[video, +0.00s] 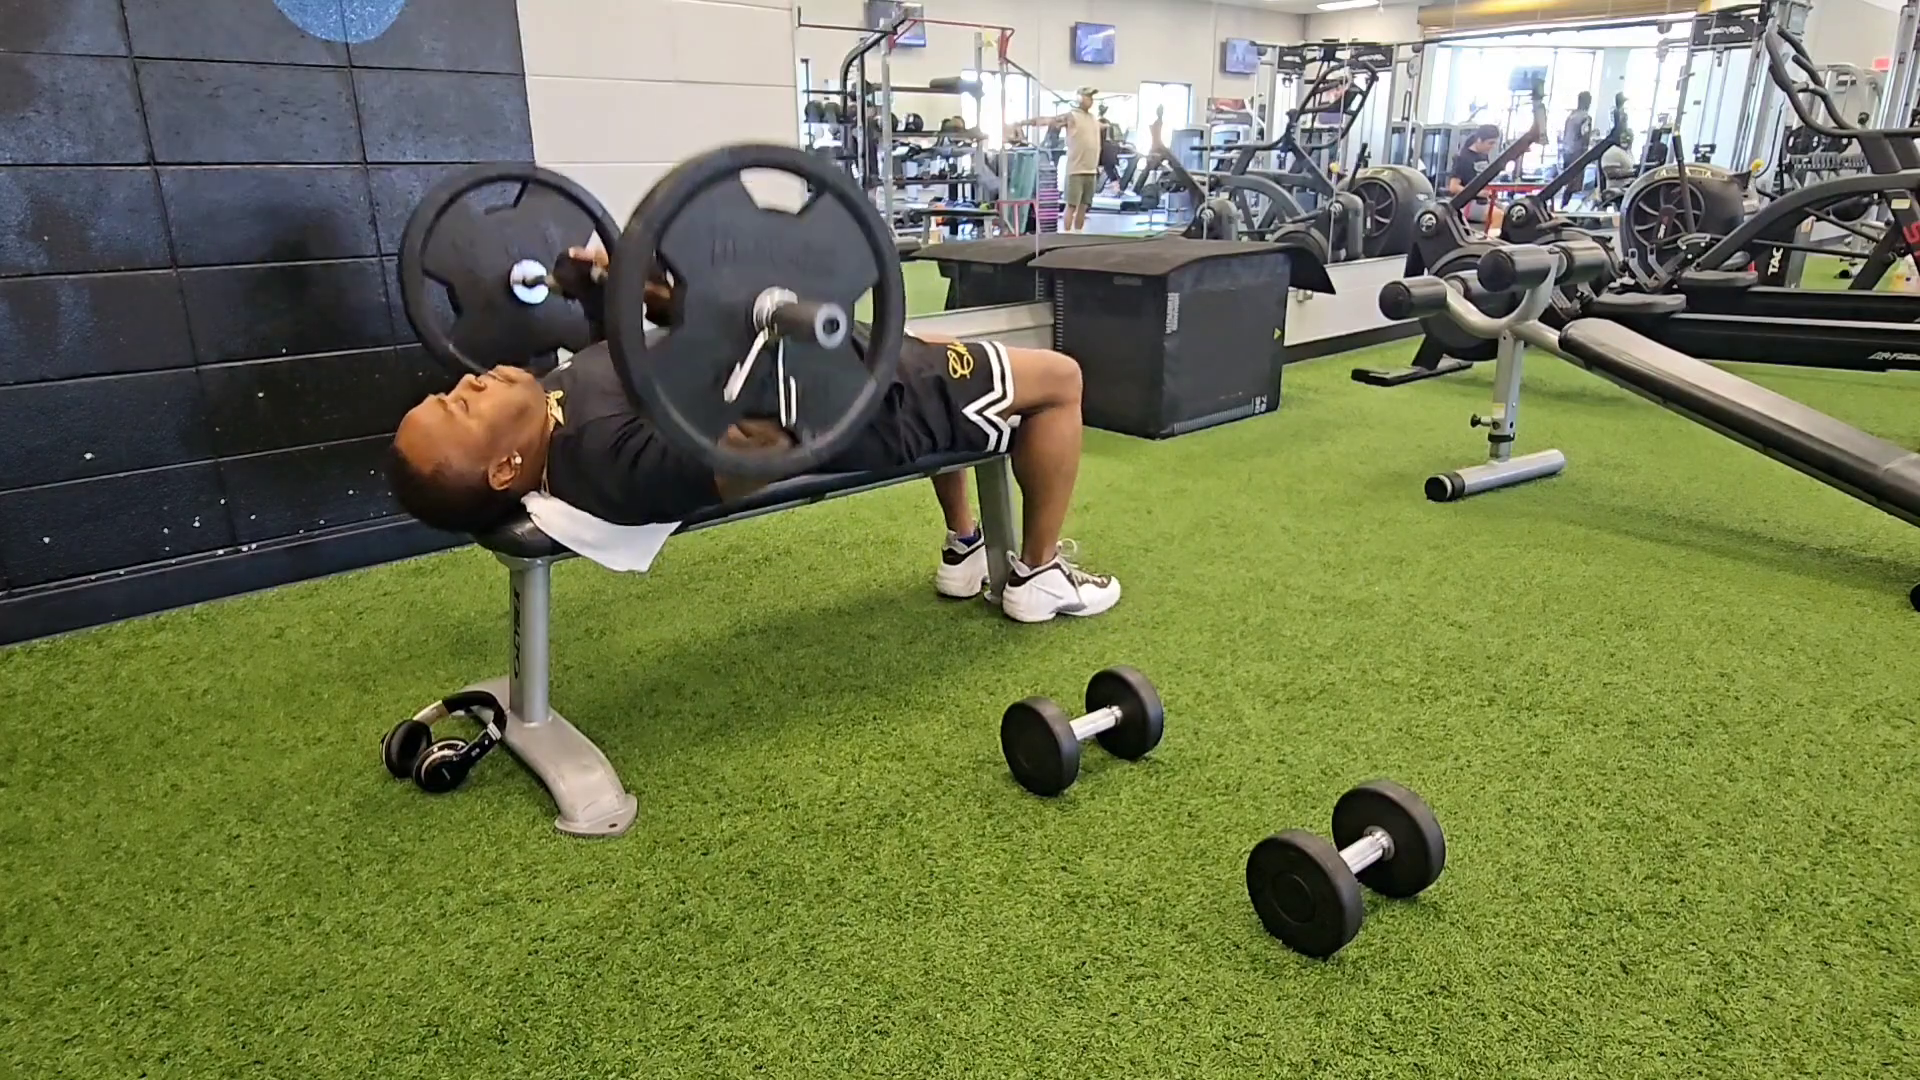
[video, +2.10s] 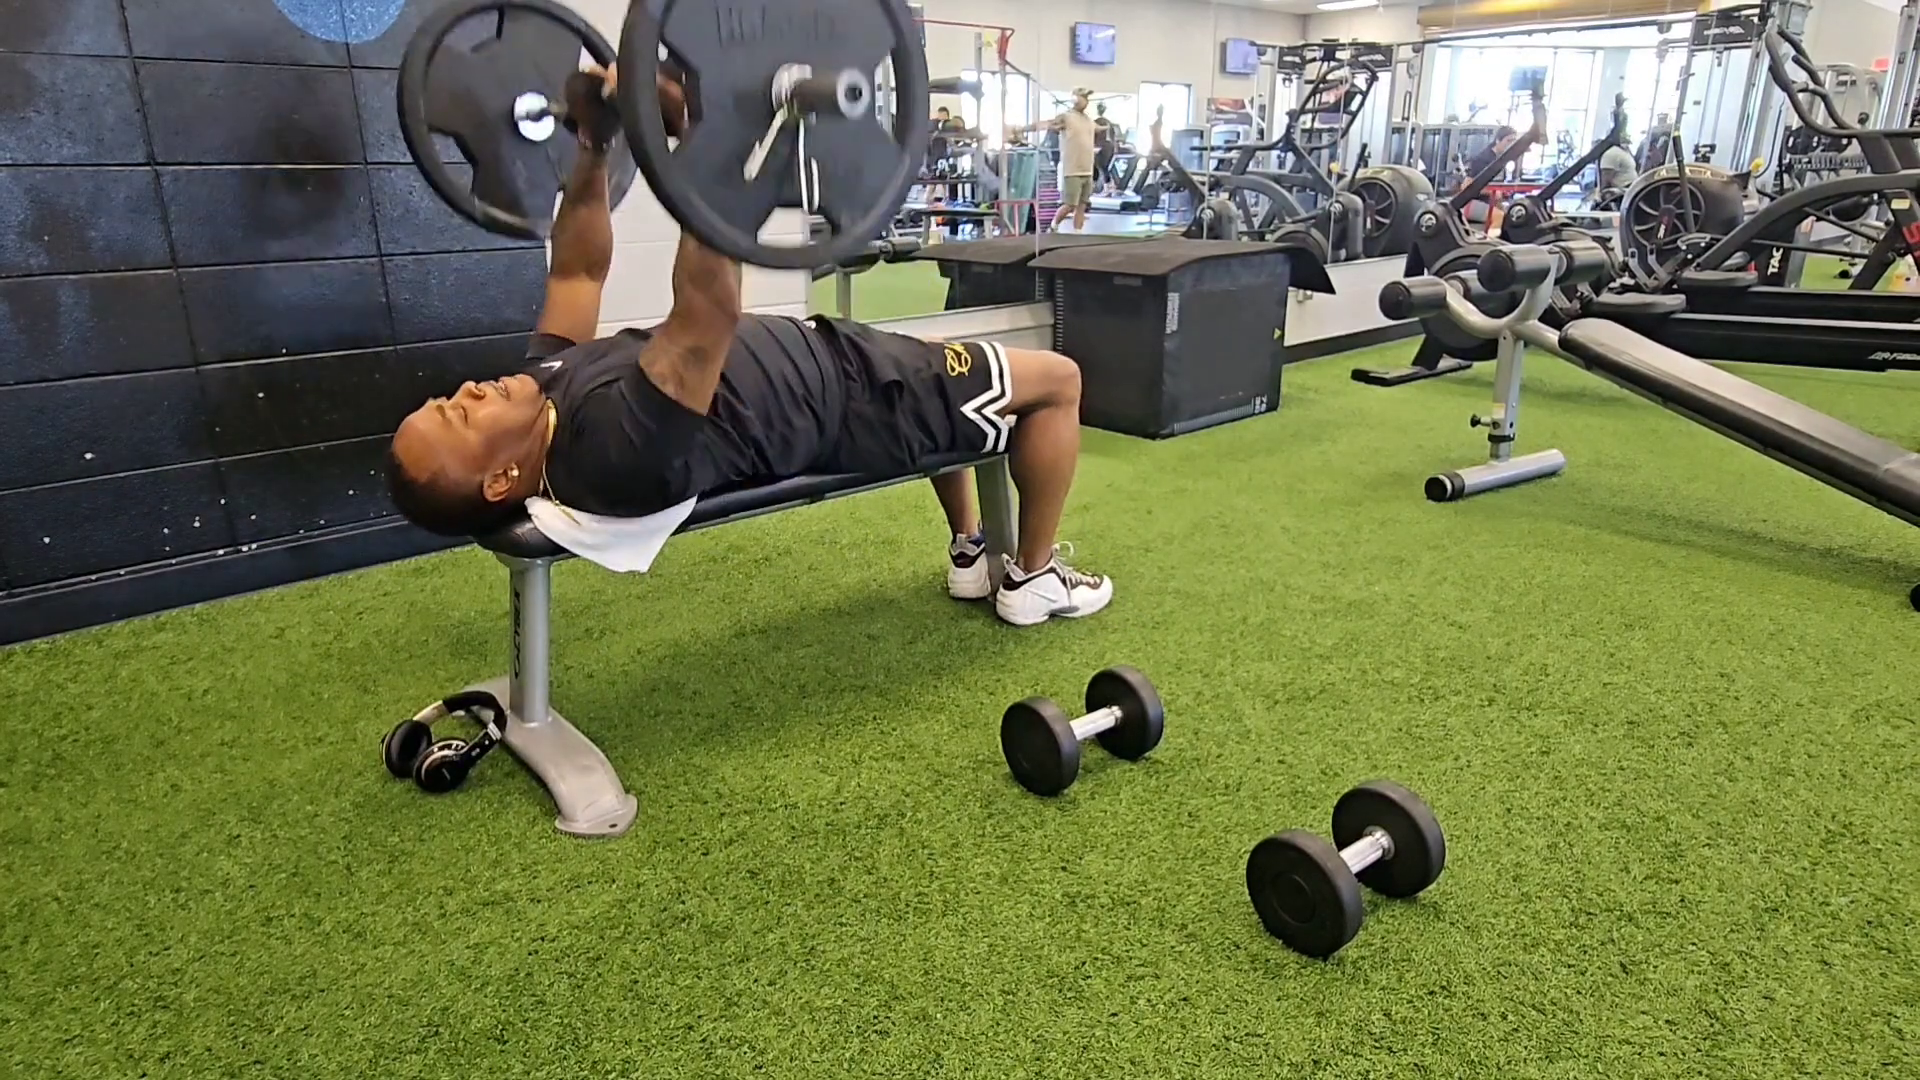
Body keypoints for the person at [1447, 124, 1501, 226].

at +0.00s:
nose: (1492, 147)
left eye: (1494, 143)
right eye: (1490, 143)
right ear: (1479, 140)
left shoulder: (1485, 156)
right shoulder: (1463, 158)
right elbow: (1453, 187)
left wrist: (1491, 190)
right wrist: (1478, 193)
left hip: (1486, 199)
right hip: (1468, 203)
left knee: (1508, 211)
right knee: (1498, 216)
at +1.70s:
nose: (1492, 144)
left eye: (1494, 140)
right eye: (1490, 140)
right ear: (1479, 138)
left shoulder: (1485, 157)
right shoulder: (1464, 156)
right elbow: (1454, 185)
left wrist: (1491, 191)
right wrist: (1478, 192)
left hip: (1486, 200)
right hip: (1469, 203)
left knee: (1506, 214)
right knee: (1499, 216)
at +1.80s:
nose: (1492, 144)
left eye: (1494, 140)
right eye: (1490, 139)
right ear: (1479, 138)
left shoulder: (1486, 157)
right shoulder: (1465, 156)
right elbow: (1455, 185)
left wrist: (1493, 191)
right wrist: (1480, 193)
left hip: (1487, 201)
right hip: (1469, 202)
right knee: (1499, 217)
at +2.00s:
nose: (1504, 143)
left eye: (1505, 139)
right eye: (1502, 138)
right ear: (1490, 138)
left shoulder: (1497, 159)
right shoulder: (1478, 157)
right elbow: (1463, 185)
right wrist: (1486, 194)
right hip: (1469, 201)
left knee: (1510, 211)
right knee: (1498, 216)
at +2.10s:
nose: (1512, 144)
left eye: (1513, 141)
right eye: (1509, 140)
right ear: (1498, 140)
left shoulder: (1502, 159)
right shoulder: (1483, 158)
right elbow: (1467, 186)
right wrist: (1492, 192)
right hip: (1473, 202)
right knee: (1499, 217)